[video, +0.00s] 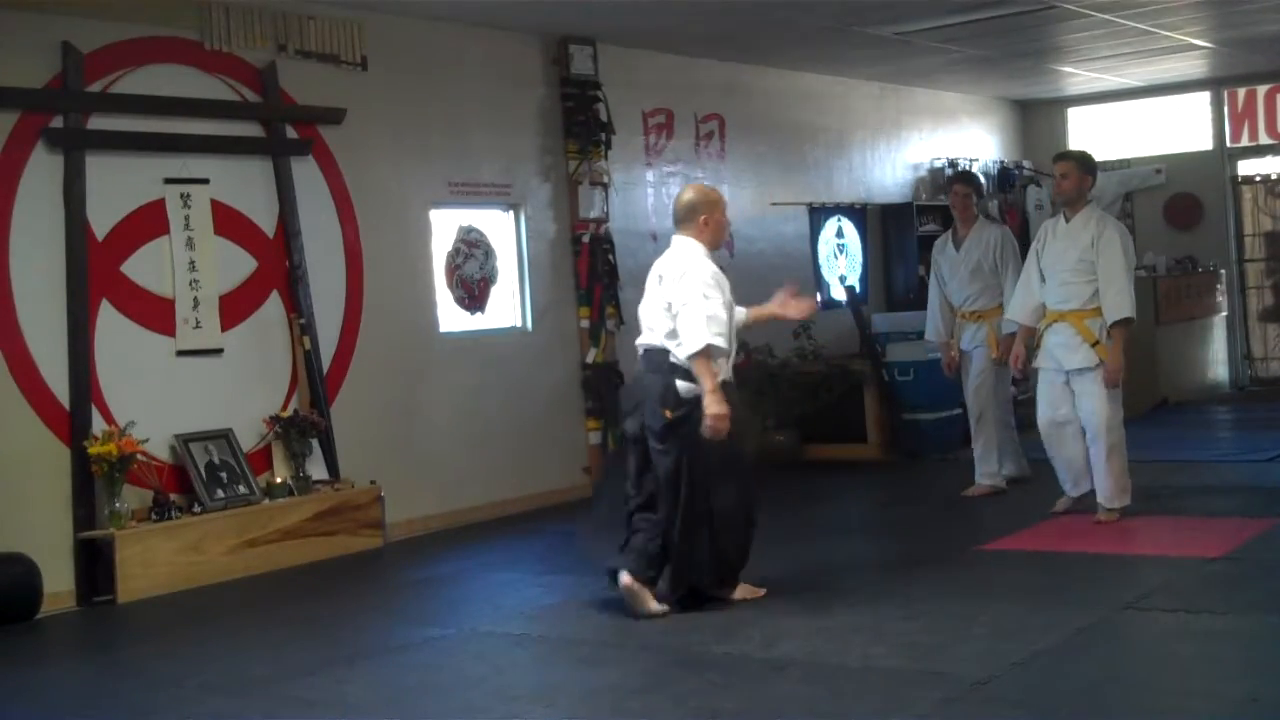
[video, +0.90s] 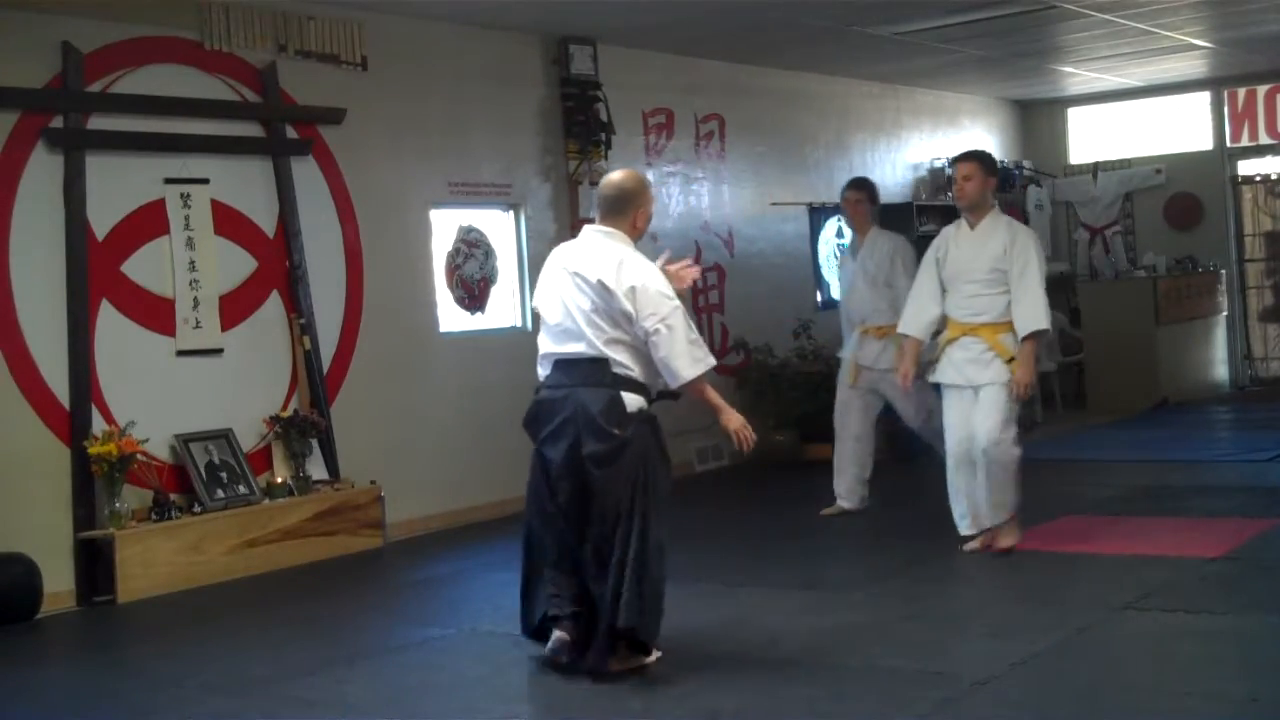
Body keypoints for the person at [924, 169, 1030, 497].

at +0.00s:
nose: (961, 202)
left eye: (967, 196)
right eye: (955, 196)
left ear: (978, 199)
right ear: (948, 201)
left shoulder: (998, 235)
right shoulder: (942, 246)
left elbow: (1014, 285)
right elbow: (939, 298)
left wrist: (1010, 332)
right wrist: (946, 343)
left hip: (992, 326)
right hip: (964, 327)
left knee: (979, 400)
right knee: (989, 398)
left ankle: (989, 476)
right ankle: (1014, 464)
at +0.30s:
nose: (952, 206)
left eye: (959, 200)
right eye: (946, 200)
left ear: (971, 203)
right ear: (939, 206)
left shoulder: (989, 242)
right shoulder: (933, 249)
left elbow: (999, 295)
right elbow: (928, 302)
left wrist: (990, 344)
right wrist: (929, 351)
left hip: (979, 334)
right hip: (948, 335)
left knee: (964, 408)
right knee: (938, 408)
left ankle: (986, 480)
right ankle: (997, 451)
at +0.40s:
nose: (945, 207)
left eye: (952, 200)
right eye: (939, 200)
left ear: (966, 205)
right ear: (932, 206)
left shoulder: (984, 244)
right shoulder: (927, 250)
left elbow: (991, 298)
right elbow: (922, 304)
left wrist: (983, 347)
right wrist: (919, 350)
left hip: (971, 335)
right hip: (939, 335)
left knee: (962, 409)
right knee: (920, 406)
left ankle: (984, 478)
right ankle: (956, 468)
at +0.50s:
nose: (932, 203)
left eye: (939, 197)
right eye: (927, 197)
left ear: (953, 202)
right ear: (921, 203)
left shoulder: (972, 241)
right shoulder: (916, 246)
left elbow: (981, 295)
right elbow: (911, 299)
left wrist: (976, 343)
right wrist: (911, 345)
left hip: (961, 332)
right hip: (927, 332)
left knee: (963, 409)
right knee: (908, 406)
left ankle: (983, 479)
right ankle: (921, 479)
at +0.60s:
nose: (916, 202)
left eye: (923, 196)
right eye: (911, 197)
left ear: (938, 200)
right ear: (906, 202)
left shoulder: (957, 238)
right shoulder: (902, 246)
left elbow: (970, 293)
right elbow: (898, 300)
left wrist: (968, 343)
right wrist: (897, 346)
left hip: (952, 333)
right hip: (915, 333)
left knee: (965, 411)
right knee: (899, 406)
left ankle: (984, 479)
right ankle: (881, 481)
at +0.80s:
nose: (875, 210)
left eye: (883, 203)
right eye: (871, 203)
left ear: (896, 208)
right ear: (865, 210)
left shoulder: (917, 247)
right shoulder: (866, 256)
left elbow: (939, 296)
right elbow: (867, 310)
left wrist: (928, 332)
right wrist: (868, 355)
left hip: (919, 345)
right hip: (880, 349)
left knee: (950, 416)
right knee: (863, 418)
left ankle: (987, 483)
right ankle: (851, 496)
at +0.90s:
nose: (851, 210)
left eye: (858, 203)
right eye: (846, 204)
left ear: (872, 206)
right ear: (842, 209)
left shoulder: (895, 246)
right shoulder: (847, 257)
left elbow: (913, 298)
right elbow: (849, 310)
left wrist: (911, 343)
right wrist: (850, 351)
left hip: (893, 345)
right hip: (857, 348)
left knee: (922, 416)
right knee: (850, 422)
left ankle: (969, 463)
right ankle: (851, 497)